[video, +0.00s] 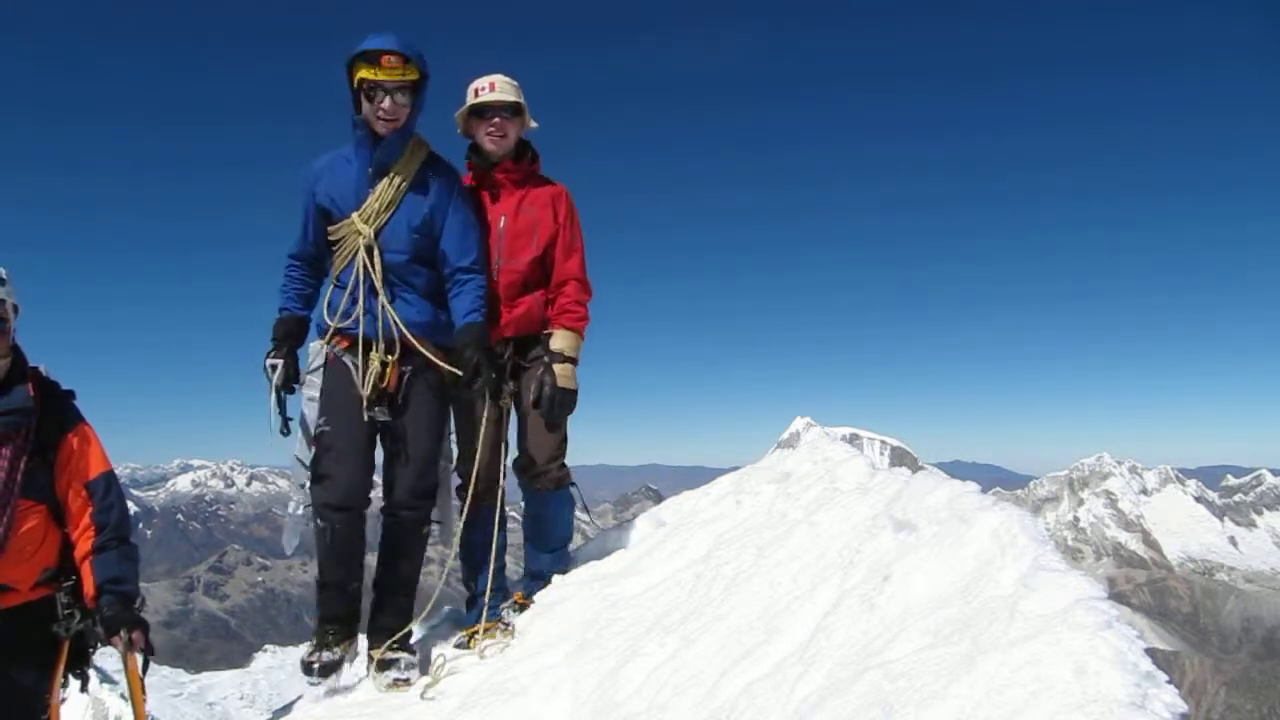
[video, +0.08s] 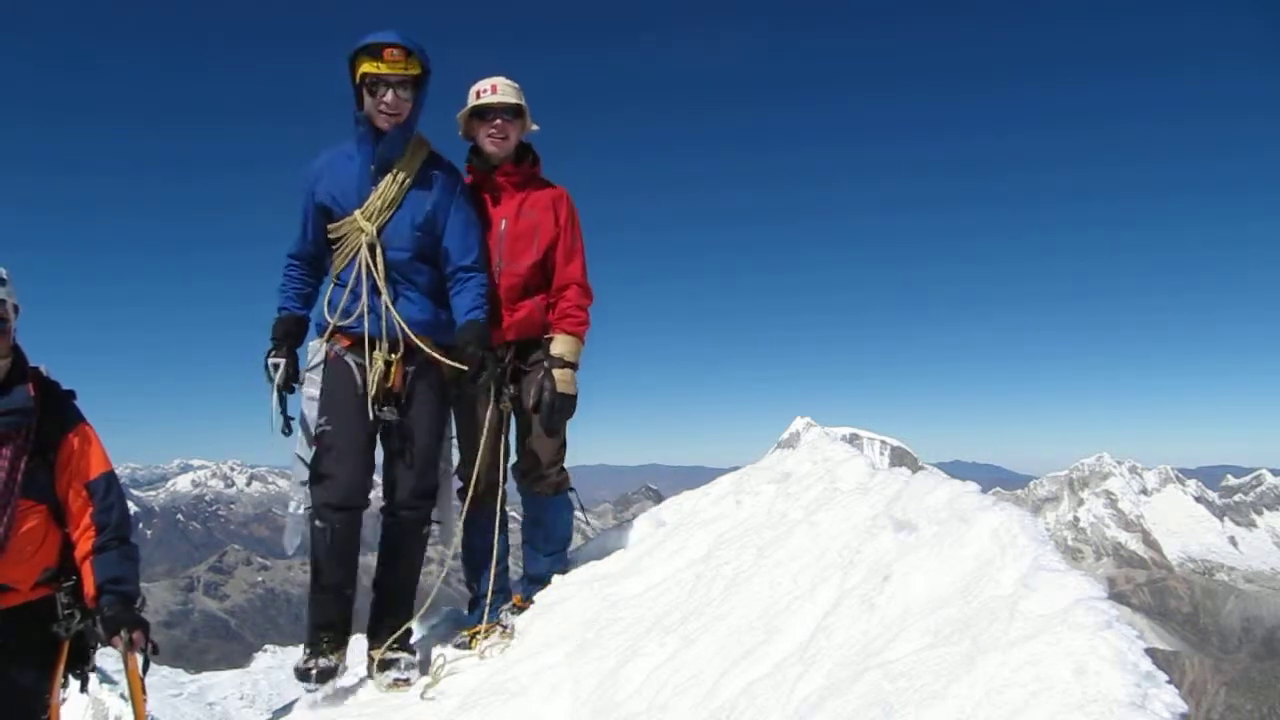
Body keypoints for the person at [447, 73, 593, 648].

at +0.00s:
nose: (496, 124)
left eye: (506, 115)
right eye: (485, 115)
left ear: (522, 124)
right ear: (470, 127)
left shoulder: (552, 198)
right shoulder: (454, 198)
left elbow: (571, 282)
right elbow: (440, 272)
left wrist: (562, 353)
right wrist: (452, 341)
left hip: (536, 348)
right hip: (473, 347)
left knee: (543, 463)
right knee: (477, 472)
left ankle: (546, 585)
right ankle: (484, 600)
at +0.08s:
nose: (497, 126)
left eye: (507, 117)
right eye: (486, 118)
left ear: (523, 126)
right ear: (470, 129)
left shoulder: (553, 201)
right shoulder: (455, 199)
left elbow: (571, 287)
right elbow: (439, 273)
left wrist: (563, 360)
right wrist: (449, 342)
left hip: (536, 351)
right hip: (473, 351)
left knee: (542, 466)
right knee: (479, 475)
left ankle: (543, 583)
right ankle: (487, 601)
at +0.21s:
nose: (499, 125)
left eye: (510, 116)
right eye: (488, 117)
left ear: (526, 126)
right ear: (472, 128)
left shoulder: (553, 201)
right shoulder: (455, 199)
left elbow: (571, 286)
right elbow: (438, 275)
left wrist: (565, 357)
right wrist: (450, 347)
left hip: (537, 348)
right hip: (474, 350)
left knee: (544, 465)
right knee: (479, 473)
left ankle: (544, 583)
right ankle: (488, 597)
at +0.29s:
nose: (501, 126)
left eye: (512, 116)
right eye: (490, 117)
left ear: (527, 126)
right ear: (474, 127)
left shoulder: (554, 202)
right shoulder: (456, 199)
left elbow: (574, 286)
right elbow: (437, 278)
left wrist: (567, 357)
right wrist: (434, 353)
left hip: (538, 349)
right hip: (473, 352)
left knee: (542, 466)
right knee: (480, 473)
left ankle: (543, 587)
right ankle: (487, 599)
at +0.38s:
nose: (502, 127)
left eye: (512, 118)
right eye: (490, 118)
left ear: (527, 127)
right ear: (474, 128)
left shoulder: (554, 202)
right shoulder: (455, 201)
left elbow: (576, 285)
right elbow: (434, 279)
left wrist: (570, 355)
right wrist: (431, 351)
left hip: (538, 350)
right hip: (473, 353)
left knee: (542, 467)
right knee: (479, 475)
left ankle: (543, 587)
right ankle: (486, 597)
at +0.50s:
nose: (503, 128)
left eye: (514, 118)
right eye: (492, 119)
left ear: (529, 127)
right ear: (474, 128)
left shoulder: (557, 202)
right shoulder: (453, 202)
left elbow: (575, 283)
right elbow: (432, 282)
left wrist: (573, 353)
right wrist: (423, 349)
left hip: (540, 351)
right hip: (472, 354)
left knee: (539, 468)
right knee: (479, 477)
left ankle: (542, 586)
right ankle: (484, 600)